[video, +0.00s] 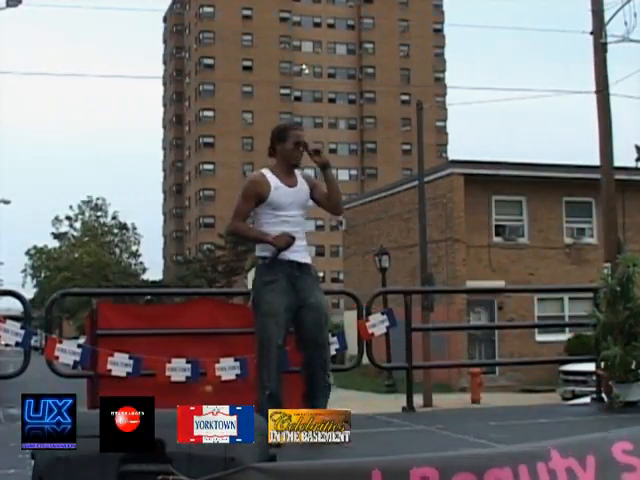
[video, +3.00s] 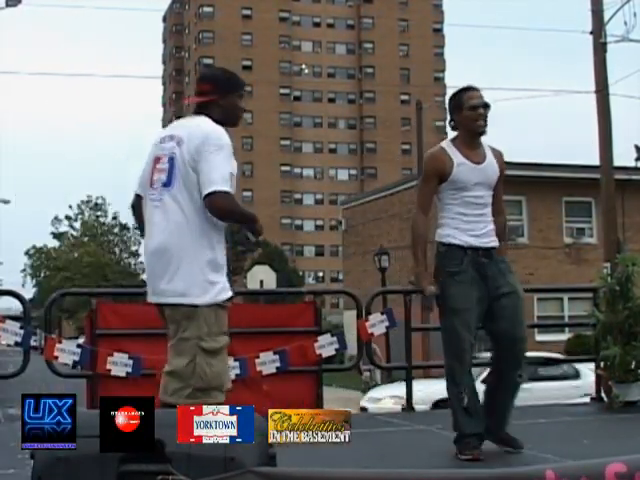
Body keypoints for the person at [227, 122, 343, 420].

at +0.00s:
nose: (303, 150)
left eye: (304, 145)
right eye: (296, 145)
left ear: (303, 150)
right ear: (276, 148)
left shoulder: (305, 181)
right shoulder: (259, 182)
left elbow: (335, 207)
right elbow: (235, 225)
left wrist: (325, 168)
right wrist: (270, 239)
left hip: (305, 272)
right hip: (273, 271)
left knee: (318, 342)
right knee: (271, 343)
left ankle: (318, 411)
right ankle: (270, 414)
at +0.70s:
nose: (346, 155)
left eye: (345, 150)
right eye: (342, 150)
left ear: (329, 153)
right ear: (327, 153)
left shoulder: (327, 185)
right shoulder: (306, 183)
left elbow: (324, 225)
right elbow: (289, 228)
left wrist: (339, 231)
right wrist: (330, 243)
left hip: (327, 264)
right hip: (309, 264)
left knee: (330, 334)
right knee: (321, 334)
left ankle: (318, 403)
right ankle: (314, 405)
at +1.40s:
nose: (385, 146)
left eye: (384, 141)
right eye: (379, 141)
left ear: (369, 146)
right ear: (361, 145)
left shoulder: (372, 178)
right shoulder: (341, 178)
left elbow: (364, 228)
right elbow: (323, 227)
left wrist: (376, 259)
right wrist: (329, 278)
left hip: (373, 266)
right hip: (350, 266)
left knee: (391, 340)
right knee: (357, 345)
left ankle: (353, 400)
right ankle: (361, 426)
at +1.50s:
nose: (390, 143)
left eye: (390, 138)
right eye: (384, 138)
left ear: (376, 144)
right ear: (366, 142)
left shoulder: (379, 178)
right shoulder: (347, 177)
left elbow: (372, 228)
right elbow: (328, 226)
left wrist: (383, 267)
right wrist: (341, 272)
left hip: (380, 266)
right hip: (356, 266)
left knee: (398, 338)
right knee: (359, 346)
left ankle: (389, 417)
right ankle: (361, 424)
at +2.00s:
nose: (436, 137)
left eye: (438, 132)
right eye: (429, 131)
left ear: (436, 139)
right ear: (411, 137)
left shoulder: (430, 180)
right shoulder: (393, 170)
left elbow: (428, 227)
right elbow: (372, 217)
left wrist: (436, 261)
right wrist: (378, 266)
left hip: (432, 265)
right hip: (403, 265)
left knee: (439, 348)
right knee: (403, 347)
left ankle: (442, 426)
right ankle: (367, 417)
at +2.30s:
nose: (459, 130)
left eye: (460, 125)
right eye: (451, 126)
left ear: (458, 132)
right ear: (433, 133)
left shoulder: (461, 177)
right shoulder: (415, 166)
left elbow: (470, 228)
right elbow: (392, 212)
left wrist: (485, 275)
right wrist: (396, 260)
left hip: (452, 264)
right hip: (422, 261)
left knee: (452, 345)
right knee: (429, 343)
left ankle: (446, 426)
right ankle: (421, 429)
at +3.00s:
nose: (482, 113)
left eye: (484, 107)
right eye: (474, 108)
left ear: (488, 113)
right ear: (455, 117)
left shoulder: (494, 158)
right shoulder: (439, 158)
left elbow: (498, 212)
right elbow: (421, 215)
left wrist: (502, 256)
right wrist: (424, 277)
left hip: (492, 260)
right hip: (456, 260)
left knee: (513, 342)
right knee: (460, 349)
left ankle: (494, 425)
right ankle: (467, 435)